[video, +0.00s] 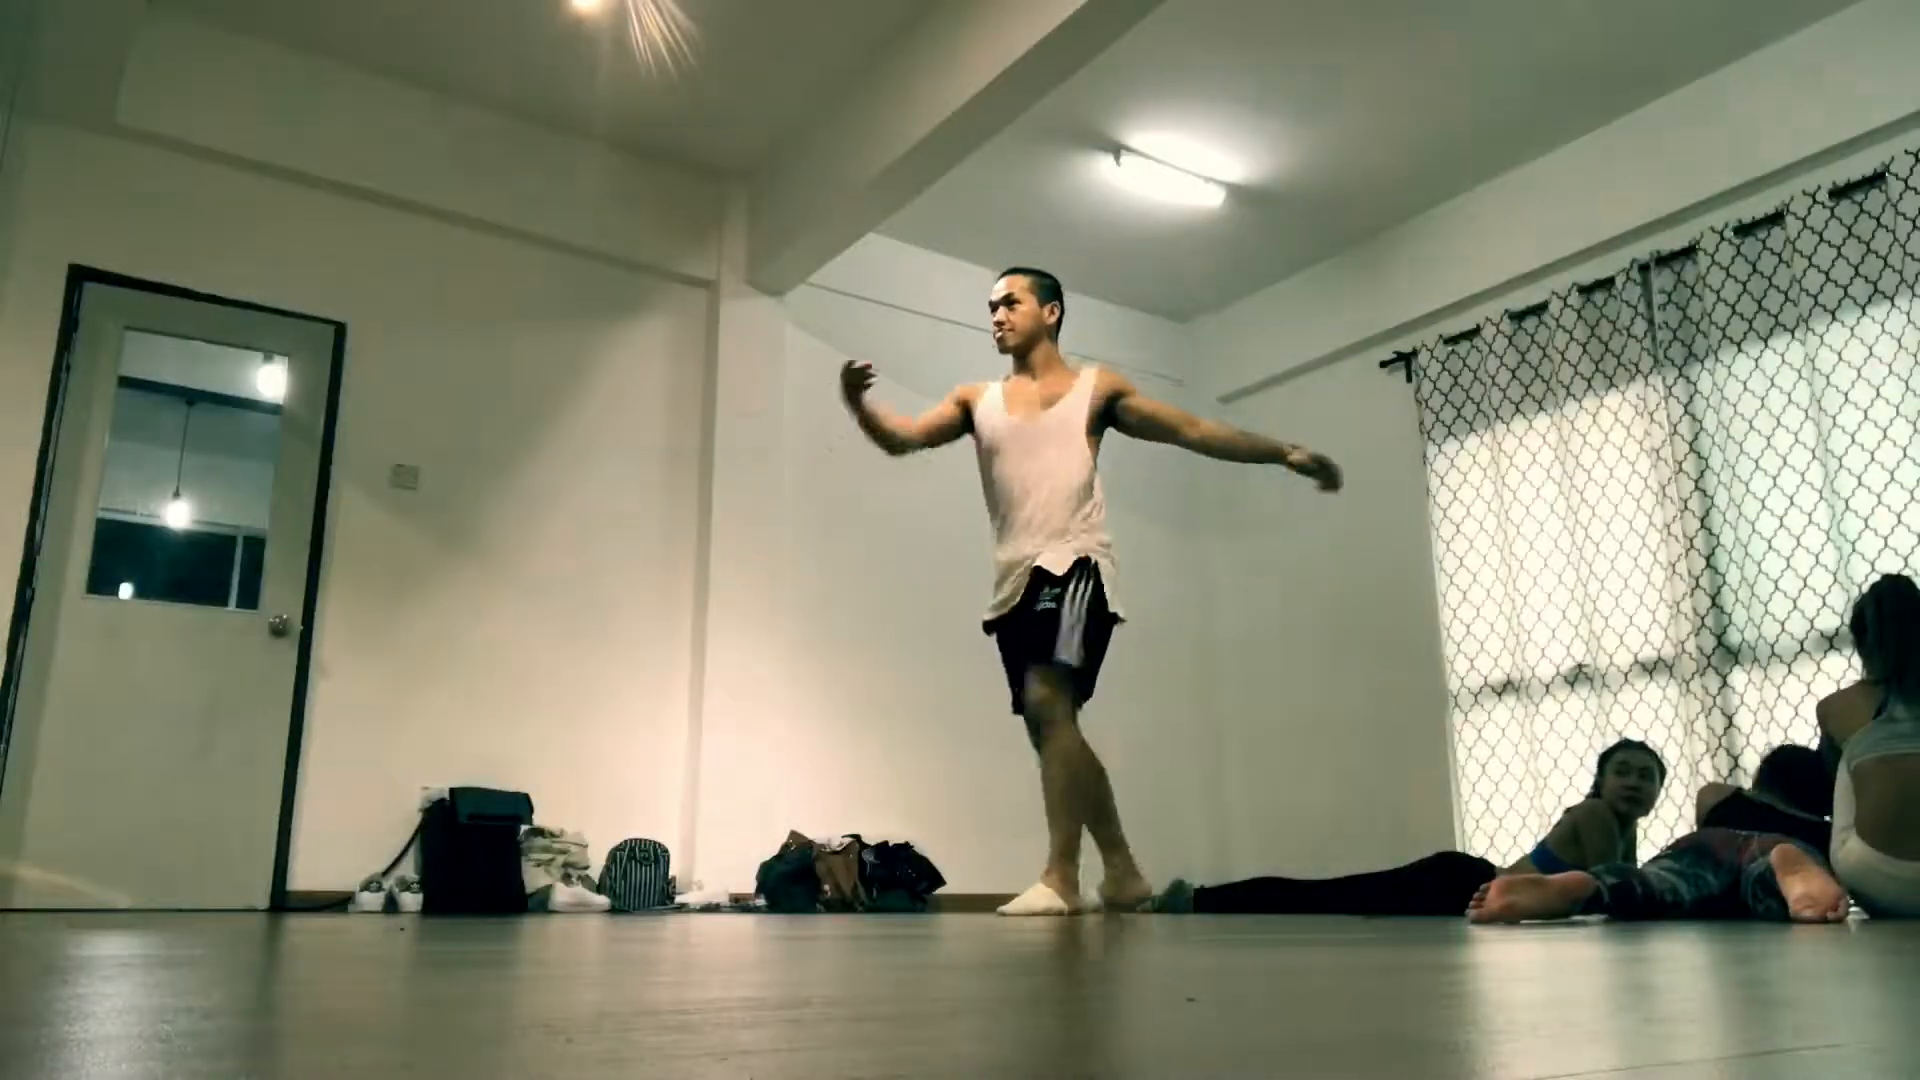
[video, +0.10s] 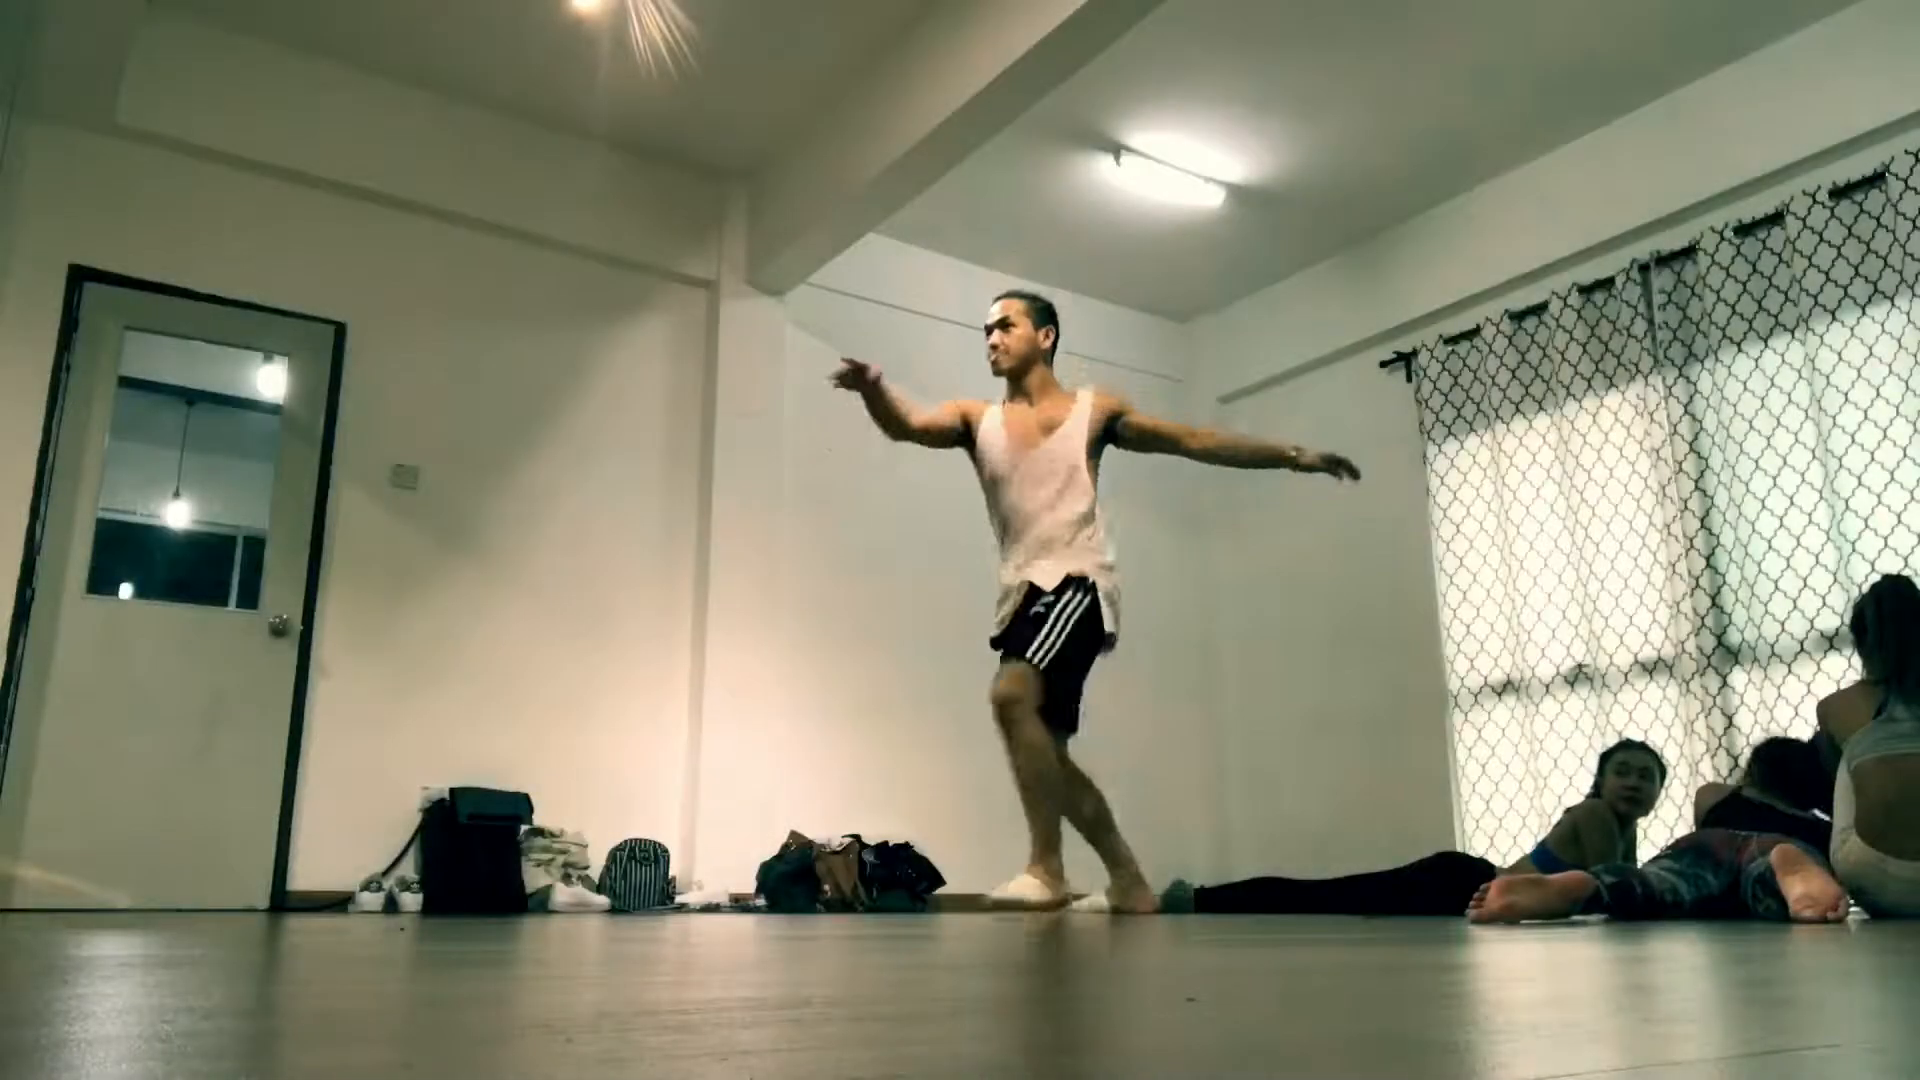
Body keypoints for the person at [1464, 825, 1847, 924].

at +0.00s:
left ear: (1759, 786)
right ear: (1817, 796)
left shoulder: (1725, 801)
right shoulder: (1820, 829)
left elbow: (1707, 794)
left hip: (1716, 839)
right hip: (1785, 845)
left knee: (1657, 878)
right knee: (1775, 875)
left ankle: (1569, 885)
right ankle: (1796, 870)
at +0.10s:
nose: (1737, 777)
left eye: (1745, 770)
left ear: (1751, 776)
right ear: (1813, 791)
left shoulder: (1714, 796)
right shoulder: (1820, 827)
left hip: (1713, 842)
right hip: (1784, 847)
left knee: (1663, 877)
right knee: (1777, 876)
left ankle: (1577, 885)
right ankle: (1798, 872)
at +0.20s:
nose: (1730, 773)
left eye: (1735, 764)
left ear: (1746, 768)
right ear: (1807, 782)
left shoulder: (1711, 795)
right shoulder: (1816, 821)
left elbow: (1706, 839)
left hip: (1713, 843)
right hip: (1786, 843)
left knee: (1657, 879)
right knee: (1779, 873)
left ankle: (1576, 884)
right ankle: (1801, 877)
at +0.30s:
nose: (1720, 777)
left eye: (1724, 768)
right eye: (1724, 769)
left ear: (1737, 770)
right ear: (1795, 781)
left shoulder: (1704, 797)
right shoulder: (1806, 823)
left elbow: (1706, 838)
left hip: (1713, 841)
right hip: (1789, 840)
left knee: (1660, 878)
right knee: (1775, 873)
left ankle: (1578, 885)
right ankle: (1800, 877)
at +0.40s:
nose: (1710, 775)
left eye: (1715, 767)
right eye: (1714, 766)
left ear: (1727, 770)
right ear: (1783, 776)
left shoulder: (1699, 796)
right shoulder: (1803, 822)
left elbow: (1703, 837)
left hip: (1714, 840)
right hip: (1788, 840)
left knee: (1660, 877)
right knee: (1776, 873)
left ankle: (1582, 885)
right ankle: (1801, 874)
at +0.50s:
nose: (1701, 778)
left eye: (1703, 770)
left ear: (1711, 771)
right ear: (1774, 773)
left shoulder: (1694, 799)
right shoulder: (1795, 818)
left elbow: (1696, 845)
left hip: (1710, 843)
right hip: (1778, 841)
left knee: (1655, 877)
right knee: (1785, 868)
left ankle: (1579, 884)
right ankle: (1805, 877)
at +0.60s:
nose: (1645, 790)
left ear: (1705, 769)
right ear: (1770, 772)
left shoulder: (1692, 800)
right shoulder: (1799, 818)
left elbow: (1691, 839)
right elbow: (1818, 853)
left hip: (1708, 842)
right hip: (1779, 840)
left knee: (1655, 879)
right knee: (1791, 867)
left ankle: (1577, 884)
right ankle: (1807, 878)